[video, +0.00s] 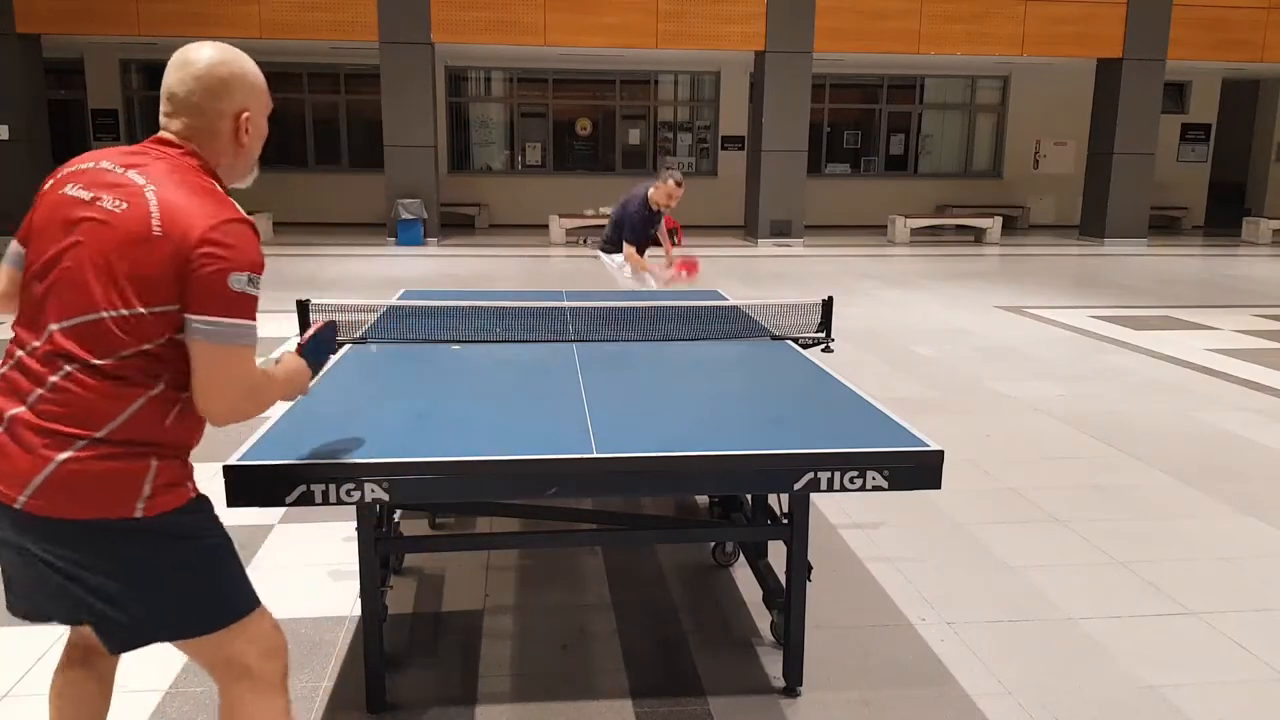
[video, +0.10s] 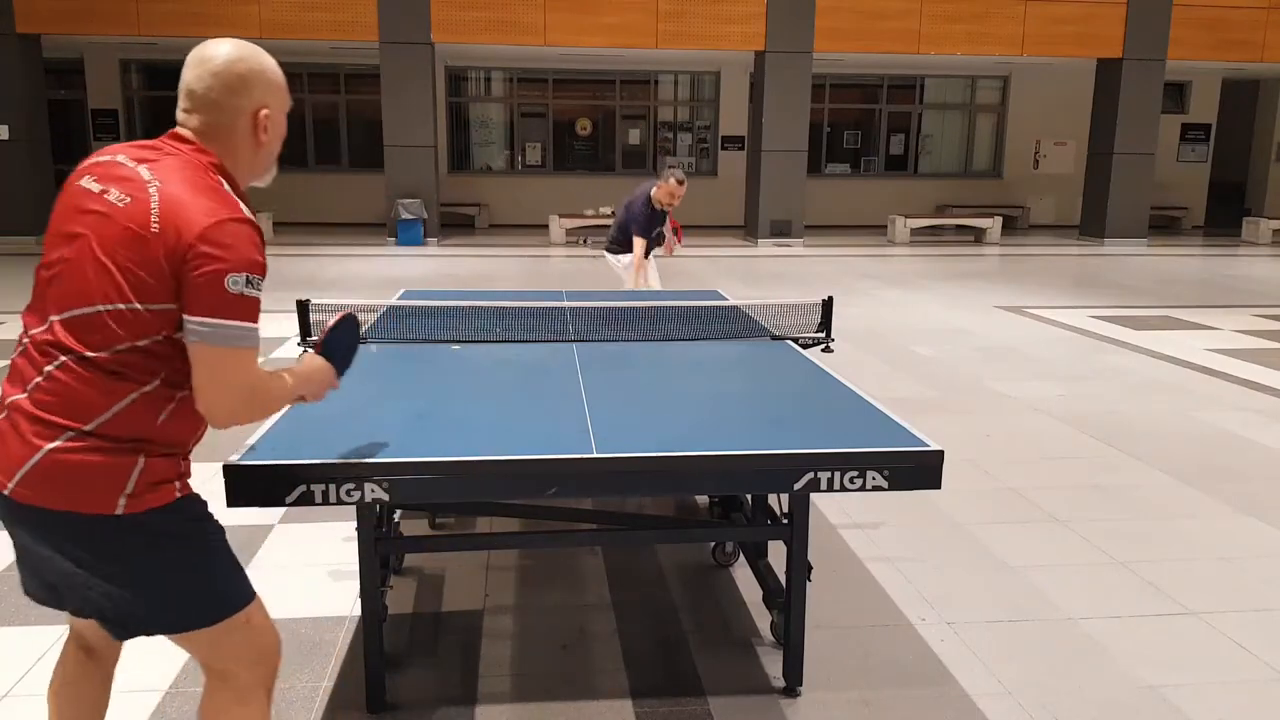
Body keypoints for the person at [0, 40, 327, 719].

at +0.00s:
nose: (264, 136)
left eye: (266, 120)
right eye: (264, 120)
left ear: (170, 111)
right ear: (241, 124)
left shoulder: (75, 173)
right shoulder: (217, 226)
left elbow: (9, 294)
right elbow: (225, 398)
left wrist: (107, 314)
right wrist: (287, 376)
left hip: (16, 473)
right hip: (119, 495)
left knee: (92, 637)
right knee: (254, 657)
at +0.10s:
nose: (283, 136)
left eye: (285, 118)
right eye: (283, 118)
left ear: (188, 108)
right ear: (261, 122)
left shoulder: (100, 166)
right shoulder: (219, 222)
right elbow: (229, 402)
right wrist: (299, 380)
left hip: (25, 461)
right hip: (115, 487)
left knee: (92, 637)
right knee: (246, 658)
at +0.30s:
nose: (339, 169)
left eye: (340, 153)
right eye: (339, 153)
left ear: (240, 137)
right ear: (314, 157)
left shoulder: (164, 184)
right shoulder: (253, 259)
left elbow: (170, 326)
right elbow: (287, 441)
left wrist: (277, 347)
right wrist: (363, 407)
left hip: (35, 468)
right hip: (126, 503)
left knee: (102, 633)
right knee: (265, 659)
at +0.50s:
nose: (376, 206)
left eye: (382, 190)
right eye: (379, 191)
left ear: (283, 170)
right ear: (350, 199)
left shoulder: (209, 206)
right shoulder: (256, 295)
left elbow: (241, 327)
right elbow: (281, 478)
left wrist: (350, 329)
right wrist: (392, 459)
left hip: (48, 468)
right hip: (114, 506)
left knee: (140, 601)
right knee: (269, 660)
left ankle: (47, 712)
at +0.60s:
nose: (382, 226)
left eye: (386, 211)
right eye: (383, 210)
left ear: (288, 184)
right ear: (352, 214)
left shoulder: (227, 217)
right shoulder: (244, 303)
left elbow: (314, 329)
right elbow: (193, 489)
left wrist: (376, 319)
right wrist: (339, 526)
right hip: (99, 503)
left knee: (135, 609)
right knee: (265, 657)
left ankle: (51, 712)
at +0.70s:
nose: (374, 241)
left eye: (380, 226)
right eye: (376, 225)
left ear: (284, 199)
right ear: (337, 226)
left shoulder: (265, 248)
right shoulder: (211, 310)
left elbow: (327, 330)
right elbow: (110, 480)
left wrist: (371, 310)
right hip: (83, 502)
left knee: (127, 621)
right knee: (263, 650)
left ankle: (51, 716)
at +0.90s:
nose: (316, 218)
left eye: (320, 200)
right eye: (310, 200)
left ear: (247, 191)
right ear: (252, 196)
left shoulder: (192, 217)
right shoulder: (155, 291)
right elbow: (69, 462)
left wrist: (268, 266)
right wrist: (84, 595)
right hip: (92, 500)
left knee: (128, 614)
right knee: (232, 653)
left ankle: (67, 701)